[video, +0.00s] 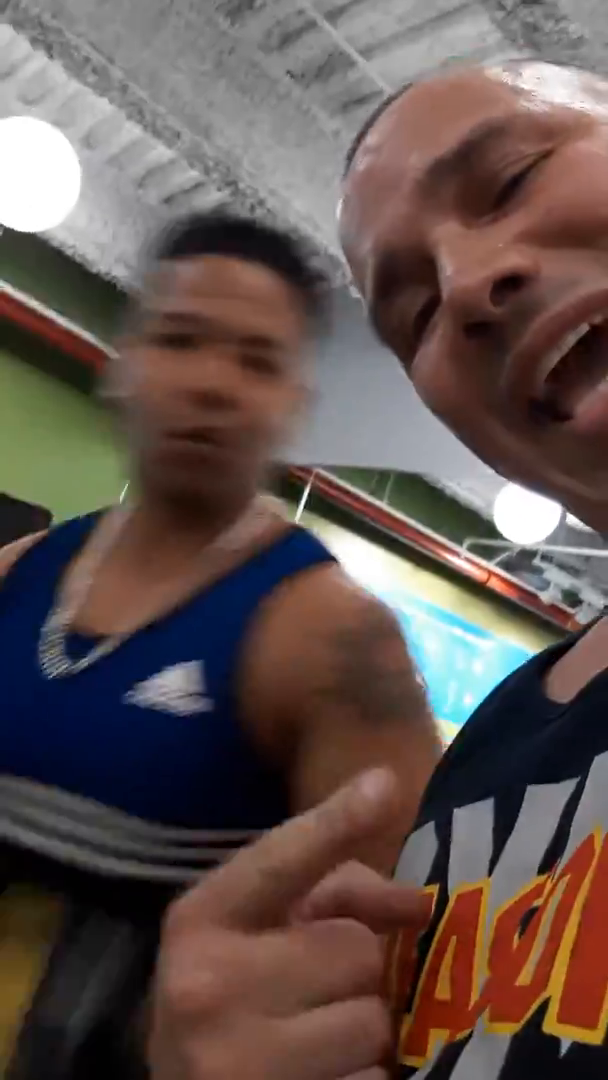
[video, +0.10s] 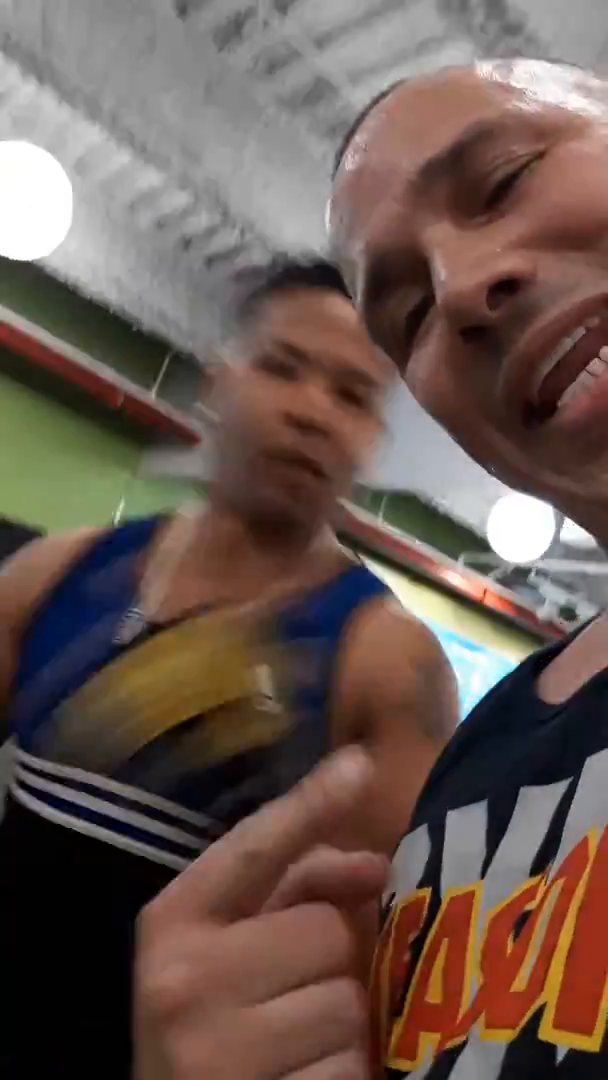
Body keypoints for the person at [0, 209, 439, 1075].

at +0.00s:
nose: (213, 383)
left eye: (258, 359)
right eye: (179, 341)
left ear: (300, 404)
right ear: (119, 364)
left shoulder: (330, 639)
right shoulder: (22, 570)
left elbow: (378, 955)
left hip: (168, 1057)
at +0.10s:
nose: (313, 412)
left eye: (351, 395)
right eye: (282, 368)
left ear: (377, 443)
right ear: (215, 384)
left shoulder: (389, 666)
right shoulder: (49, 573)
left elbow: (361, 942)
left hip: (185, 1046)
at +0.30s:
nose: (373, 496)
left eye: (405, 482)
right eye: (346, 459)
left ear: (424, 525)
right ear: (283, 475)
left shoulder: (427, 725)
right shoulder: (129, 617)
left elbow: (419, 968)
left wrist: (387, 785)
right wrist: (16, 722)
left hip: (261, 1061)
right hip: (49, 1026)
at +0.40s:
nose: (378, 536)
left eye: (409, 522)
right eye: (352, 500)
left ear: (425, 562)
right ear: (290, 515)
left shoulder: (436, 752)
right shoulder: (145, 654)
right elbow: (0, 837)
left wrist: (411, 822)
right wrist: (112, 722)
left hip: (270, 1063)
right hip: (64, 1031)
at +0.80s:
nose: (372, 601)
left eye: (404, 587)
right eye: (351, 570)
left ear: (424, 622)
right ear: (302, 576)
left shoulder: (412, 782)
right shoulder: (183, 674)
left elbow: (442, 1013)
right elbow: (13, 805)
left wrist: (396, 792)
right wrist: (200, 712)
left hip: (222, 1062)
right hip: (58, 1018)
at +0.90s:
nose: (329, 623)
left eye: (365, 606)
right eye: (314, 593)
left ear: (407, 636)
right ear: (284, 603)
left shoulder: (396, 809)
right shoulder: (160, 698)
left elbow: (430, 1015)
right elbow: (22, 793)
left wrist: (316, 984)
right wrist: (89, 824)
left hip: (213, 1065)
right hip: (58, 1020)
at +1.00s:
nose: (259, 657)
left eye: (297, 638)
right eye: (250, 624)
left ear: (364, 652)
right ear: (232, 618)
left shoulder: (380, 849)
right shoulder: (135, 733)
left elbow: (395, 1065)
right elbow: (4, 871)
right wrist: (11, 1010)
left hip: (234, 1064)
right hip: (84, 1029)